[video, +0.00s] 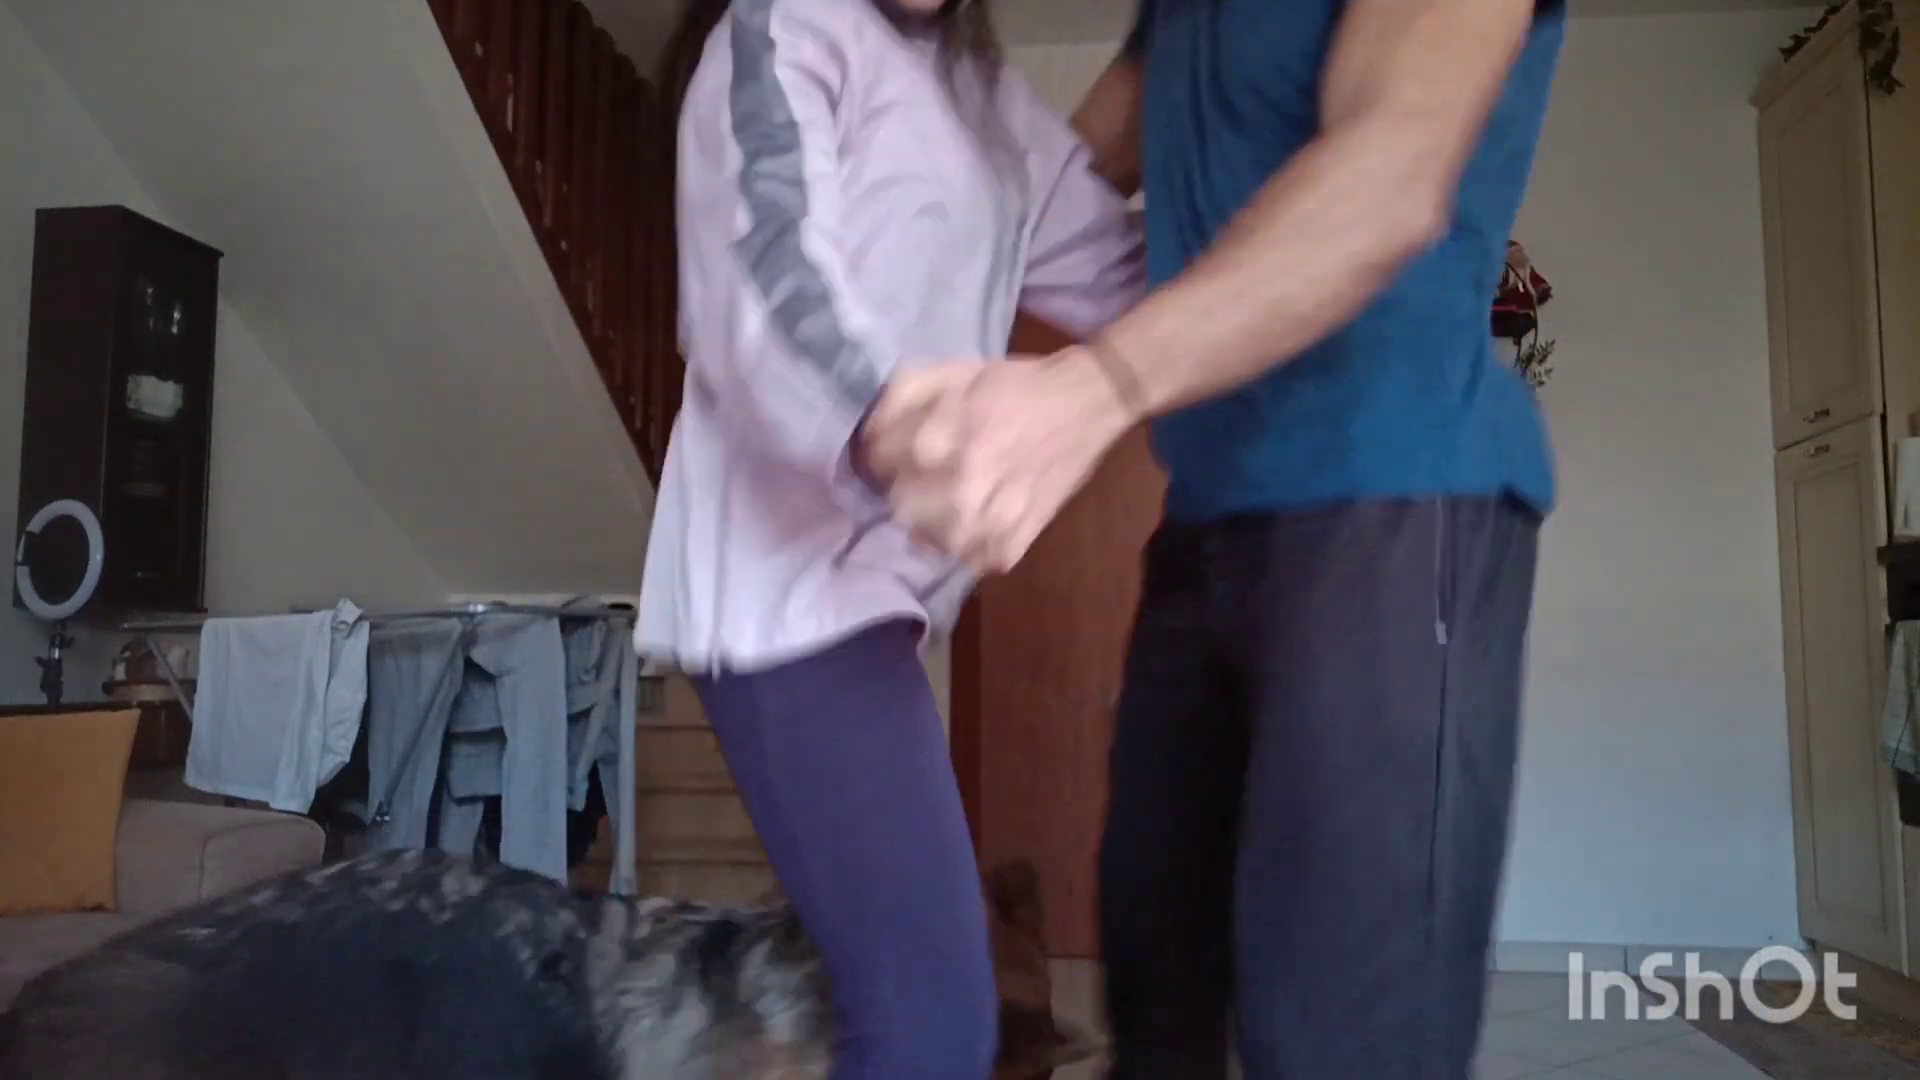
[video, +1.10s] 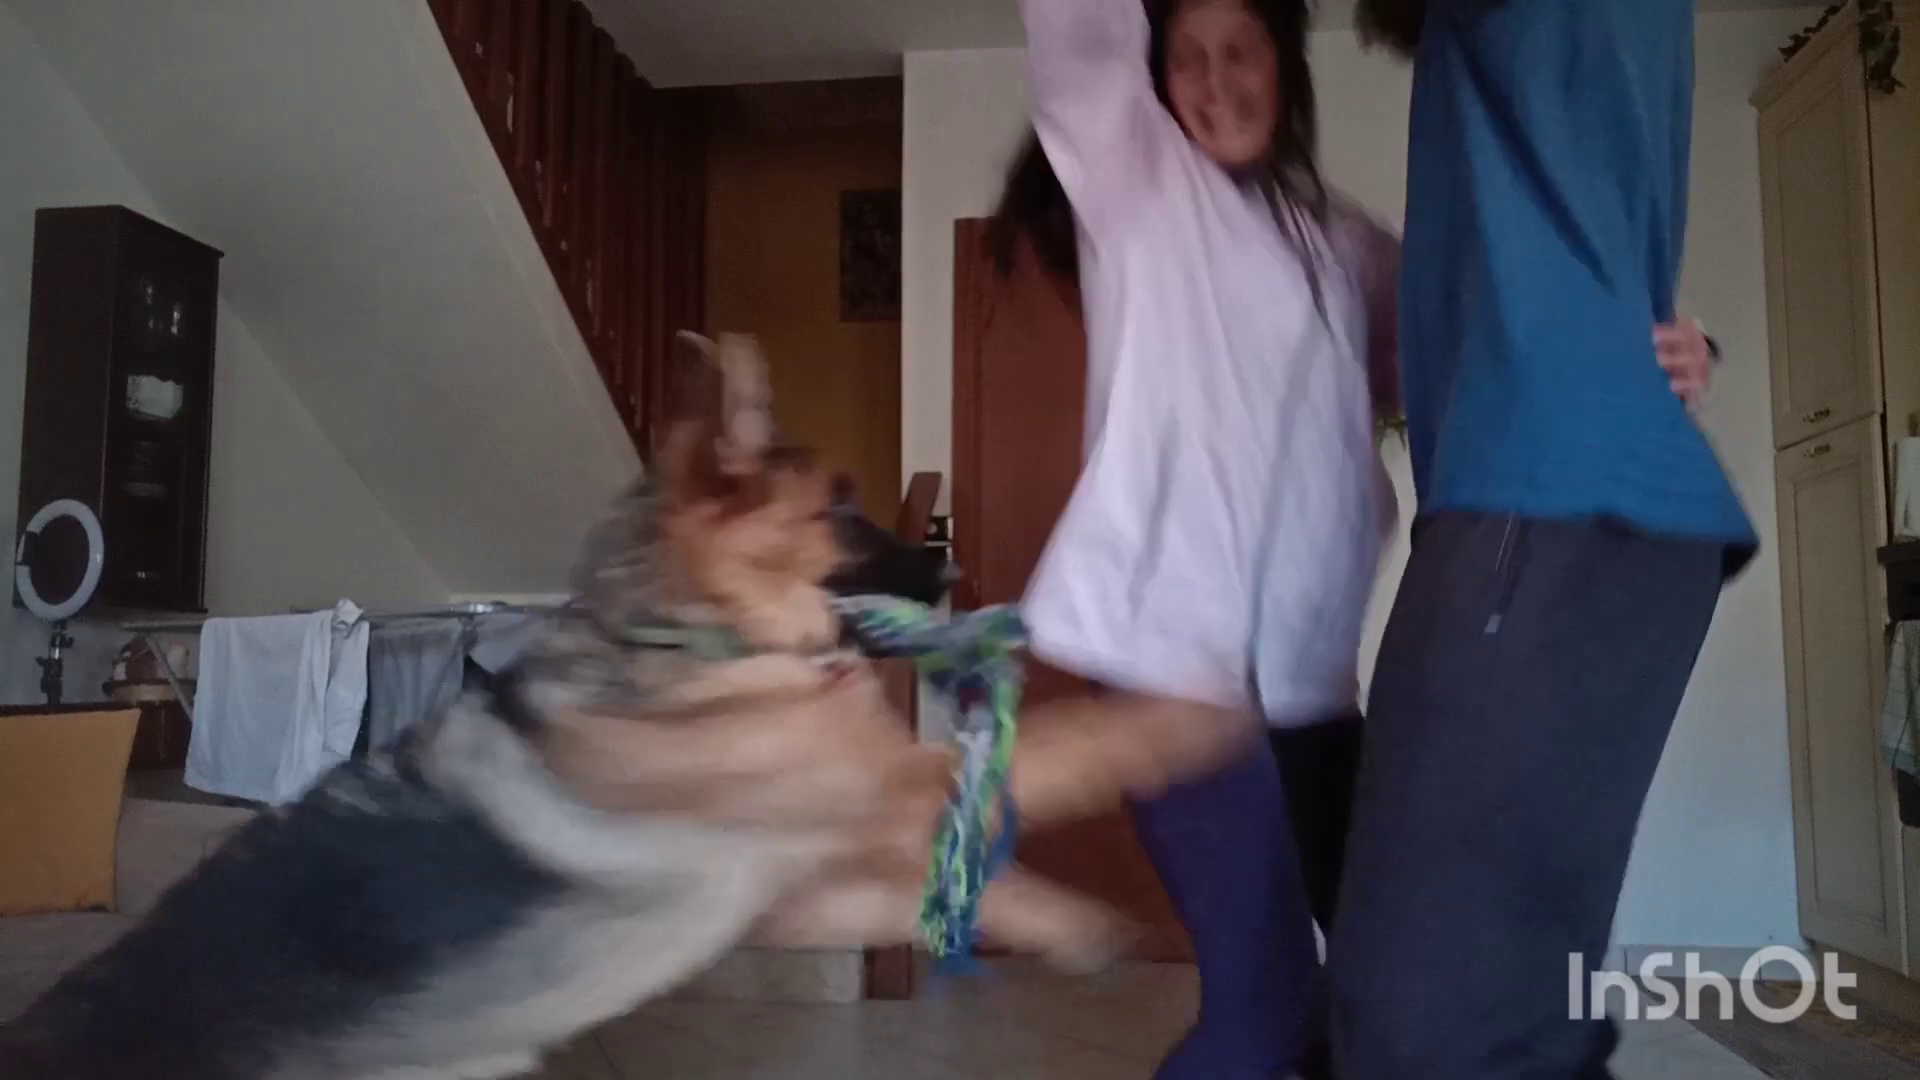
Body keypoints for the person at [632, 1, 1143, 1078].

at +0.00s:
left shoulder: (983, 90)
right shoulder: (776, 37)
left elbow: (1127, 275)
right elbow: (765, 292)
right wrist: (928, 448)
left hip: (876, 594)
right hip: (783, 597)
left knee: (934, 1009)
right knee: (928, 1017)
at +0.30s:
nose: (996, 13)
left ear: (1058, 16)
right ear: (901, 11)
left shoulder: (1081, 229)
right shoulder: (848, 153)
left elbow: (1253, 339)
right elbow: (775, 394)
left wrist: (1484, 296)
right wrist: (962, 472)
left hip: (958, 751)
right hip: (826, 742)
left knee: (1023, 1050)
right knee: (995, 1058)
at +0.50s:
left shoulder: (1151, 96)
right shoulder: (925, 43)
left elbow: (1308, 253)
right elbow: (826, 178)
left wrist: (1527, 269)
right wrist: (876, 2)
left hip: (1091, 568)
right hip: (974, 551)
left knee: (1104, 966)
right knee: (1070, 1006)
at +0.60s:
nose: (1123, 4)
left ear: (1158, 14)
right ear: (1035, 1)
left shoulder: (1205, 181)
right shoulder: (986, 98)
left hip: (1116, 673)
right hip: (1008, 670)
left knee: (1203, 961)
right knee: (1155, 1053)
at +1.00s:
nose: (1196, 40)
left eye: (1222, 13)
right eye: (1166, 15)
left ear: (1262, 29)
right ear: (1130, 30)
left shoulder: (1331, 194)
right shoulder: (1108, 129)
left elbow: (1465, 312)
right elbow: (1050, 13)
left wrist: (1632, 327)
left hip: (1292, 631)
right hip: (1152, 610)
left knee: (1316, 966)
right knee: (1257, 968)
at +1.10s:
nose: (1220, 80)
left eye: (1242, 50)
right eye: (1189, 56)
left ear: (1289, 66)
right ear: (1156, 80)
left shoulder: (1355, 243)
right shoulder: (1137, 183)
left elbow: (1476, 367)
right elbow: (1073, 25)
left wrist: (1635, 365)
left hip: (1311, 664)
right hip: (1169, 660)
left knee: (1353, 983)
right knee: (1263, 1005)